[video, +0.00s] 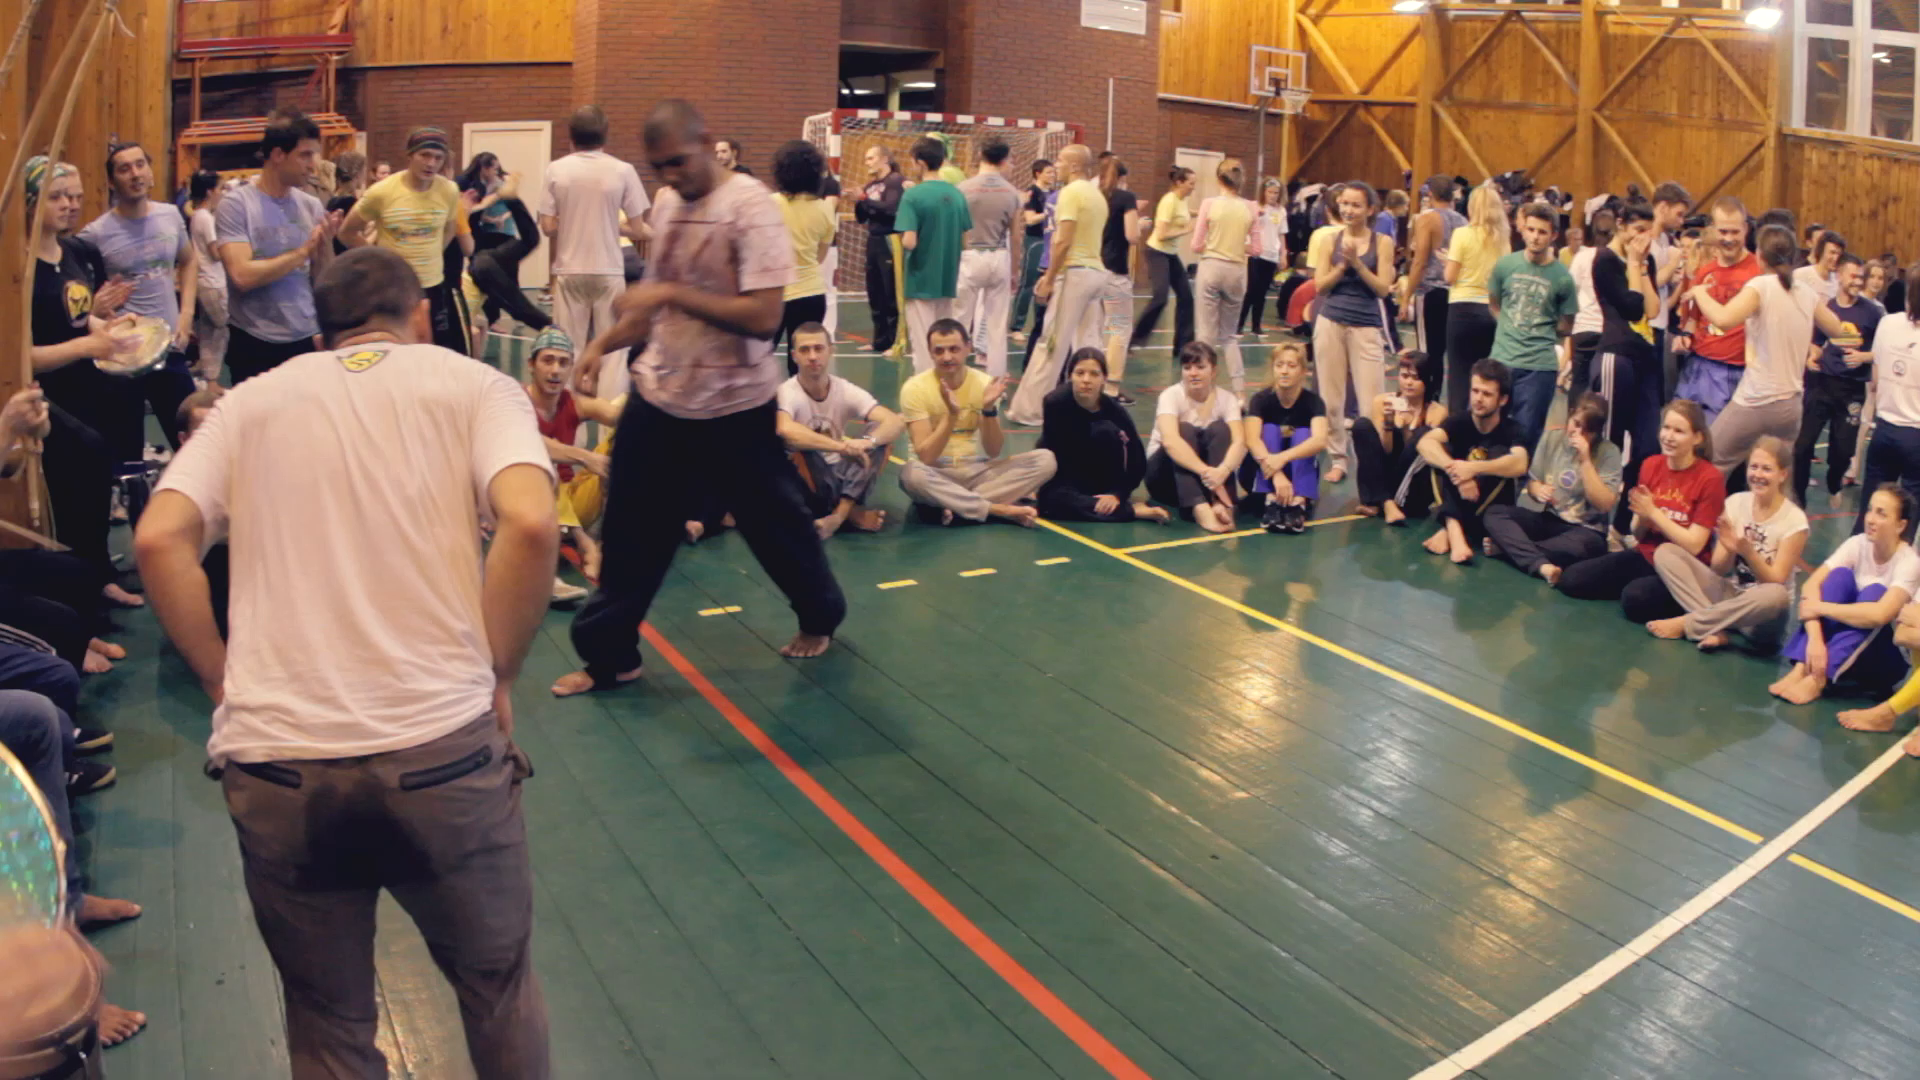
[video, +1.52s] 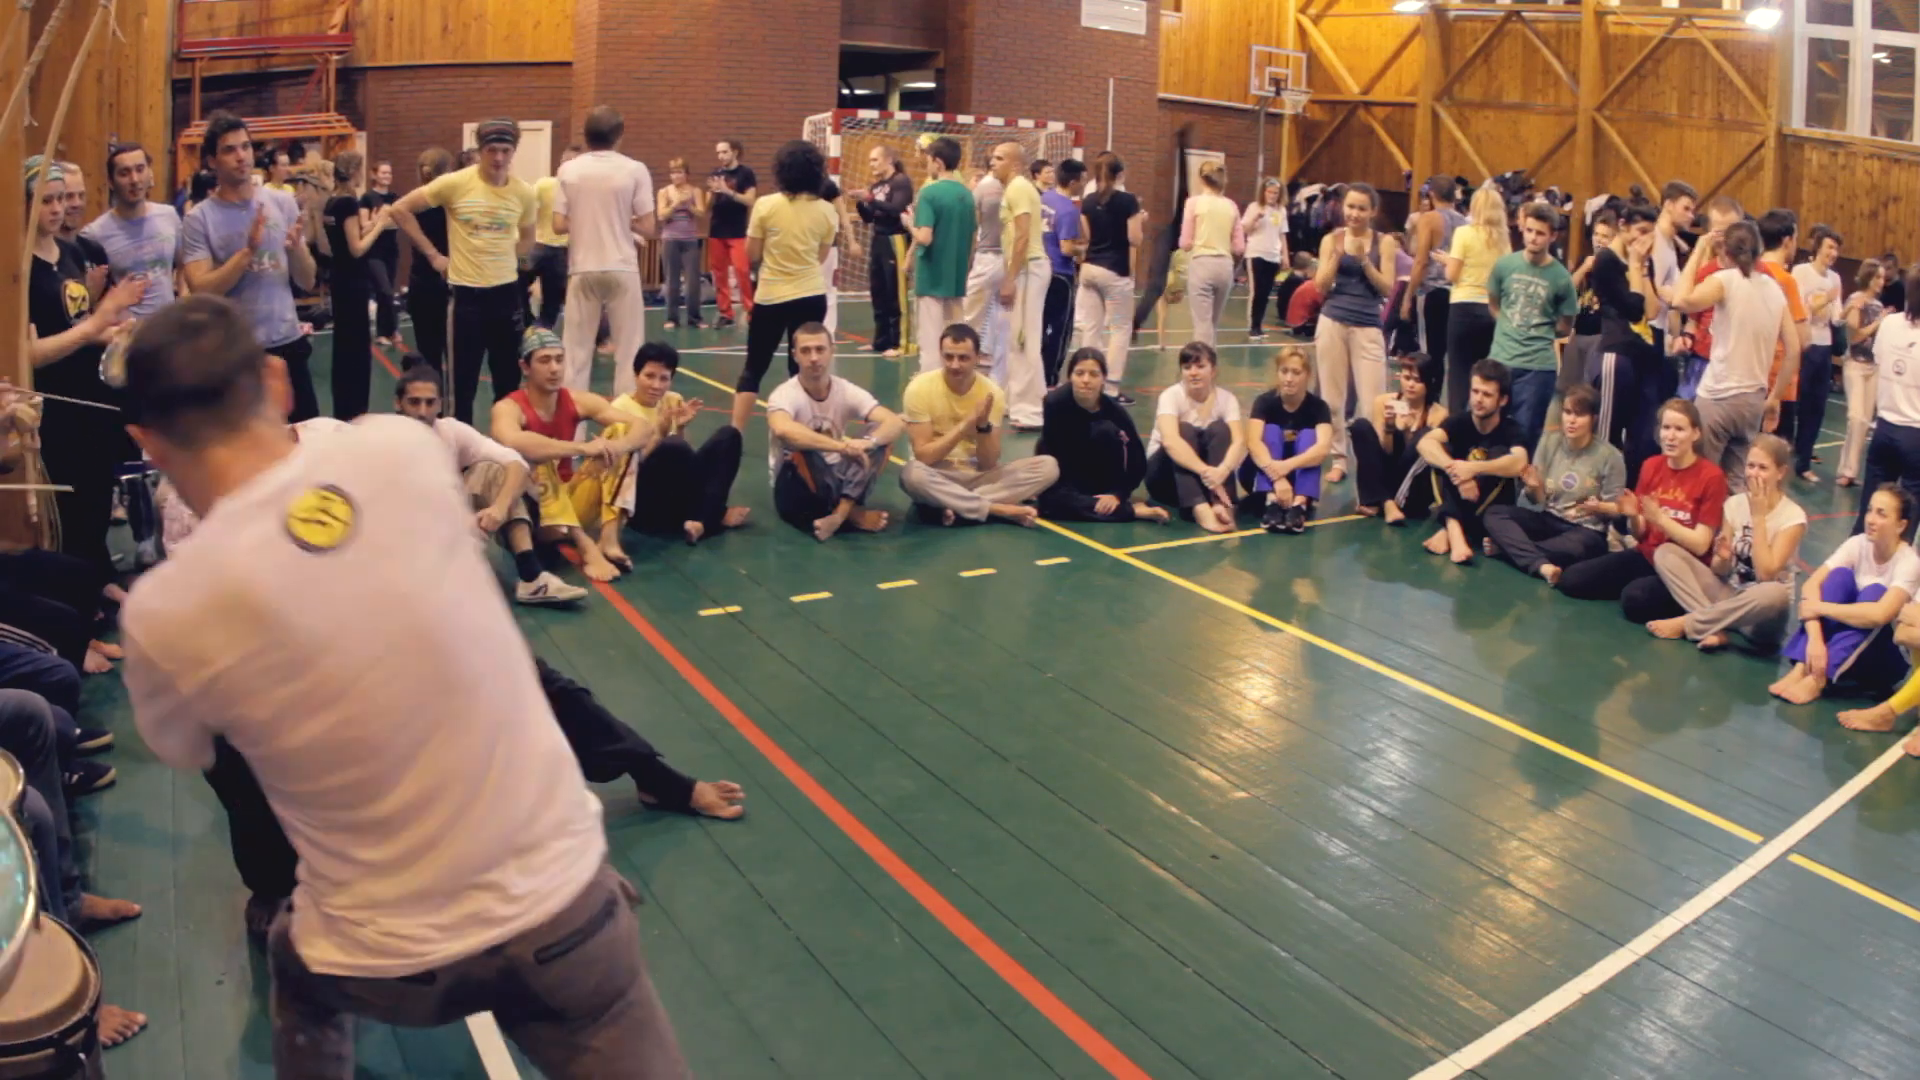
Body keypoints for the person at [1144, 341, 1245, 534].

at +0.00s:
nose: (1193, 374)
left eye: (1200, 367)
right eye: (1187, 368)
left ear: (1213, 371)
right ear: (1181, 371)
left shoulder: (1228, 399)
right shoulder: (1170, 396)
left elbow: (1239, 442)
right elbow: (1170, 442)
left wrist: (1223, 472)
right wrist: (1211, 478)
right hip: (1167, 482)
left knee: (1219, 428)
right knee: (1185, 430)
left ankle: (1221, 503)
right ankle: (1200, 506)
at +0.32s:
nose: (1193, 373)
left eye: (1200, 367)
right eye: (1187, 368)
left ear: (1214, 371)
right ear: (1181, 372)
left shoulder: (1227, 400)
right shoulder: (1170, 396)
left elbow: (1239, 443)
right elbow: (1170, 441)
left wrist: (1223, 471)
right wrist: (1211, 479)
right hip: (1167, 482)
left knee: (1219, 428)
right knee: (1185, 430)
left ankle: (1222, 504)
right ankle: (1200, 507)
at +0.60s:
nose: (1193, 373)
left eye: (1200, 367)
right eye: (1187, 367)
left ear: (1213, 371)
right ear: (1180, 372)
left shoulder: (1227, 399)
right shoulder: (1170, 396)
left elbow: (1239, 443)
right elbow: (1170, 441)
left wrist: (1222, 471)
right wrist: (1211, 479)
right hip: (1167, 482)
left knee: (1219, 428)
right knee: (1185, 430)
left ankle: (1223, 504)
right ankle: (1200, 507)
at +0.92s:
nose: (1193, 373)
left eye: (1200, 367)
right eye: (1187, 367)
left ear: (1213, 371)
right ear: (1180, 372)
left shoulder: (1227, 399)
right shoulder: (1170, 396)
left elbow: (1240, 443)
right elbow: (1170, 441)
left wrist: (1222, 471)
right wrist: (1211, 479)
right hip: (1167, 482)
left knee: (1219, 428)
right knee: (1185, 430)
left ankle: (1224, 505)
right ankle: (1200, 507)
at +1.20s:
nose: (1193, 373)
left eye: (1201, 367)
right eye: (1187, 367)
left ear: (1213, 371)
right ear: (1180, 372)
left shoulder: (1227, 399)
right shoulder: (1170, 396)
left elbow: (1239, 442)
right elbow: (1170, 441)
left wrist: (1222, 471)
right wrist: (1211, 479)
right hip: (1167, 482)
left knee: (1219, 428)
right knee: (1185, 430)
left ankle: (1223, 505)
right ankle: (1200, 507)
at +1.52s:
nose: (1193, 373)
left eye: (1200, 367)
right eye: (1187, 367)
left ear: (1213, 371)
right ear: (1181, 372)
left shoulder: (1227, 399)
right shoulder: (1170, 396)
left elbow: (1240, 442)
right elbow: (1170, 441)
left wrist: (1222, 472)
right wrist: (1211, 479)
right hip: (1167, 482)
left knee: (1219, 428)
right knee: (1185, 430)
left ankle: (1222, 504)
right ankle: (1200, 507)